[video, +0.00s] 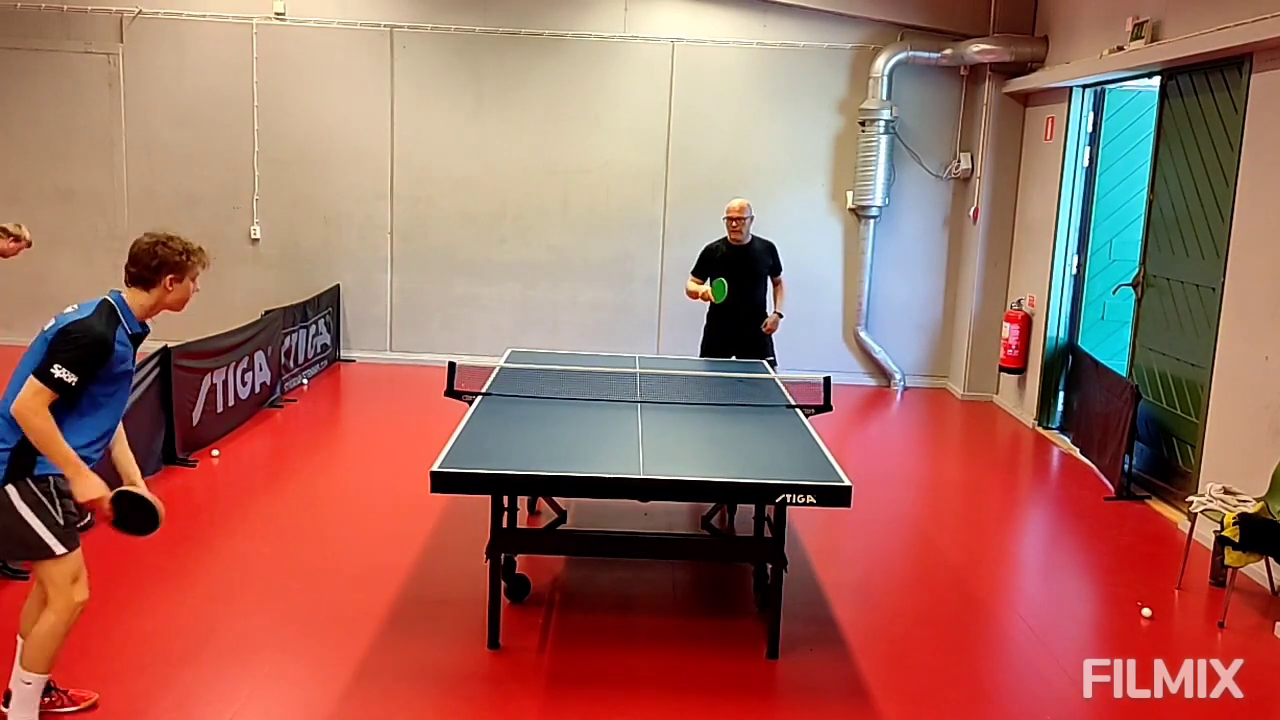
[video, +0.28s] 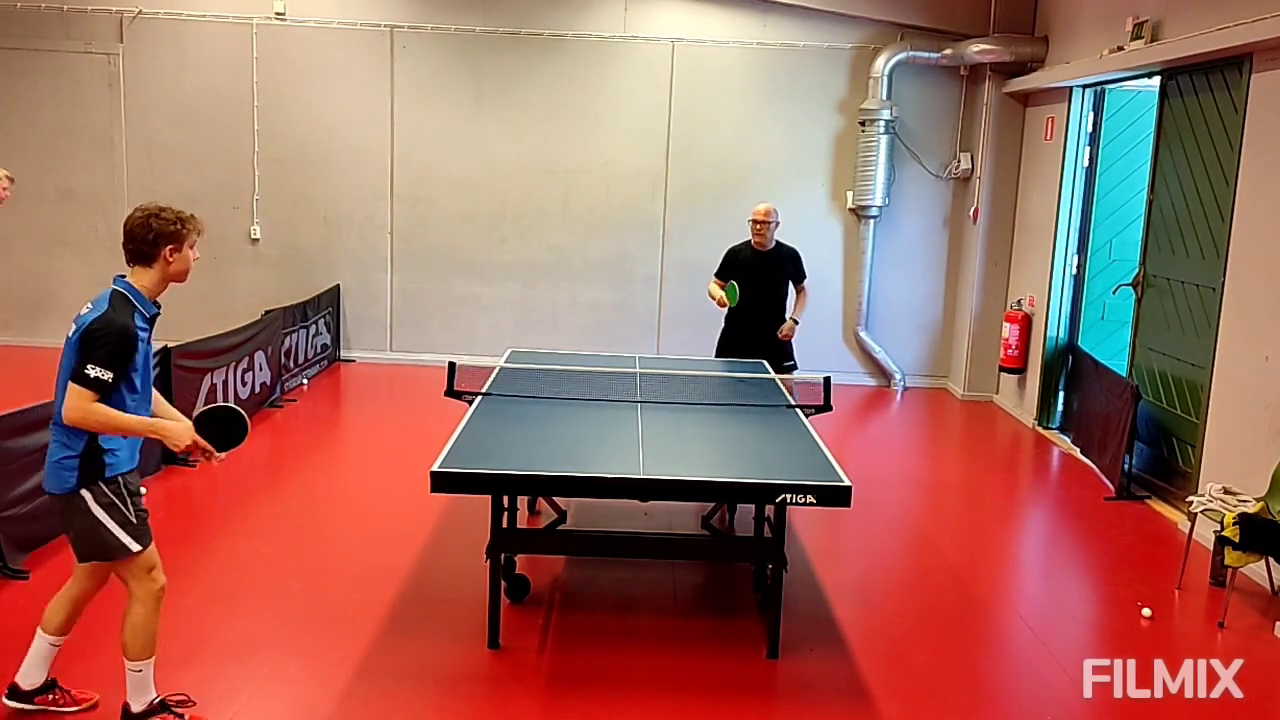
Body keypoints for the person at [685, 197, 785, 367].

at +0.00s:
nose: (734, 224)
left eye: (739, 220)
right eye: (730, 220)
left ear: (751, 221)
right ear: (724, 221)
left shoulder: (766, 250)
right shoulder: (712, 251)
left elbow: (777, 283)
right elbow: (691, 285)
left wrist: (778, 313)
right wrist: (701, 290)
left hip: (754, 334)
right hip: (718, 334)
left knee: (763, 390)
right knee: (710, 387)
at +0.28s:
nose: (758, 227)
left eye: (764, 223)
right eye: (754, 222)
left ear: (776, 226)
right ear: (749, 224)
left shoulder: (789, 256)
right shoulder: (735, 254)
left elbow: (801, 291)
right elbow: (715, 284)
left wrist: (793, 321)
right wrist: (719, 295)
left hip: (772, 337)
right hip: (737, 336)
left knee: (786, 389)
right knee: (726, 391)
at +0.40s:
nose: (769, 228)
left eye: (776, 224)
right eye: (766, 223)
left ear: (788, 227)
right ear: (760, 224)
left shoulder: (798, 257)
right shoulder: (745, 252)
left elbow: (810, 292)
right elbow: (723, 284)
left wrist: (800, 322)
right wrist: (726, 297)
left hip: (778, 339)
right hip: (742, 337)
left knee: (786, 392)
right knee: (732, 392)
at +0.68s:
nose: (768, 232)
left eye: (775, 229)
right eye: (765, 227)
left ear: (786, 232)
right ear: (759, 228)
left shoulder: (795, 261)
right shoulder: (742, 256)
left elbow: (804, 297)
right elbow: (715, 286)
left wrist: (795, 319)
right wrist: (720, 298)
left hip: (775, 341)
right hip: (739, 338)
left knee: (787, 389)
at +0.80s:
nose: (759, 237)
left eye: (765, 233)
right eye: (755, 232)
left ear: (775, 237)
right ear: (749, 233)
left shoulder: (785, 265)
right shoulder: (732, 260)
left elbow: (792, 300)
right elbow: (704, 291)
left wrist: (785, 322)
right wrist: (711, 305)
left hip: (766, 344)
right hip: (728, 342)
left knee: (782, 395)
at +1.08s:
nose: (748, 240)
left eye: (755, 236)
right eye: (744, 234)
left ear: (765, 238)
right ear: (738, 234)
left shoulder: (774, 263)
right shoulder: (721, 261)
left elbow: (782, 297)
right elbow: (692, 291)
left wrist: (773, 318)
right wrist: (702, 303)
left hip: (758, 343)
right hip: (720, 342)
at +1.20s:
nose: (746, 249)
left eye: (753, 245)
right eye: (742, 243)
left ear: (763, 245)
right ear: (736, 241)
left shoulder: (773, 268)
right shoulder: (720, 267)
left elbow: (783, 303)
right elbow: (691, 298)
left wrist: (774, 325)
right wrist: (697, 312)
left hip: (759, 347)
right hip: (720, 347)